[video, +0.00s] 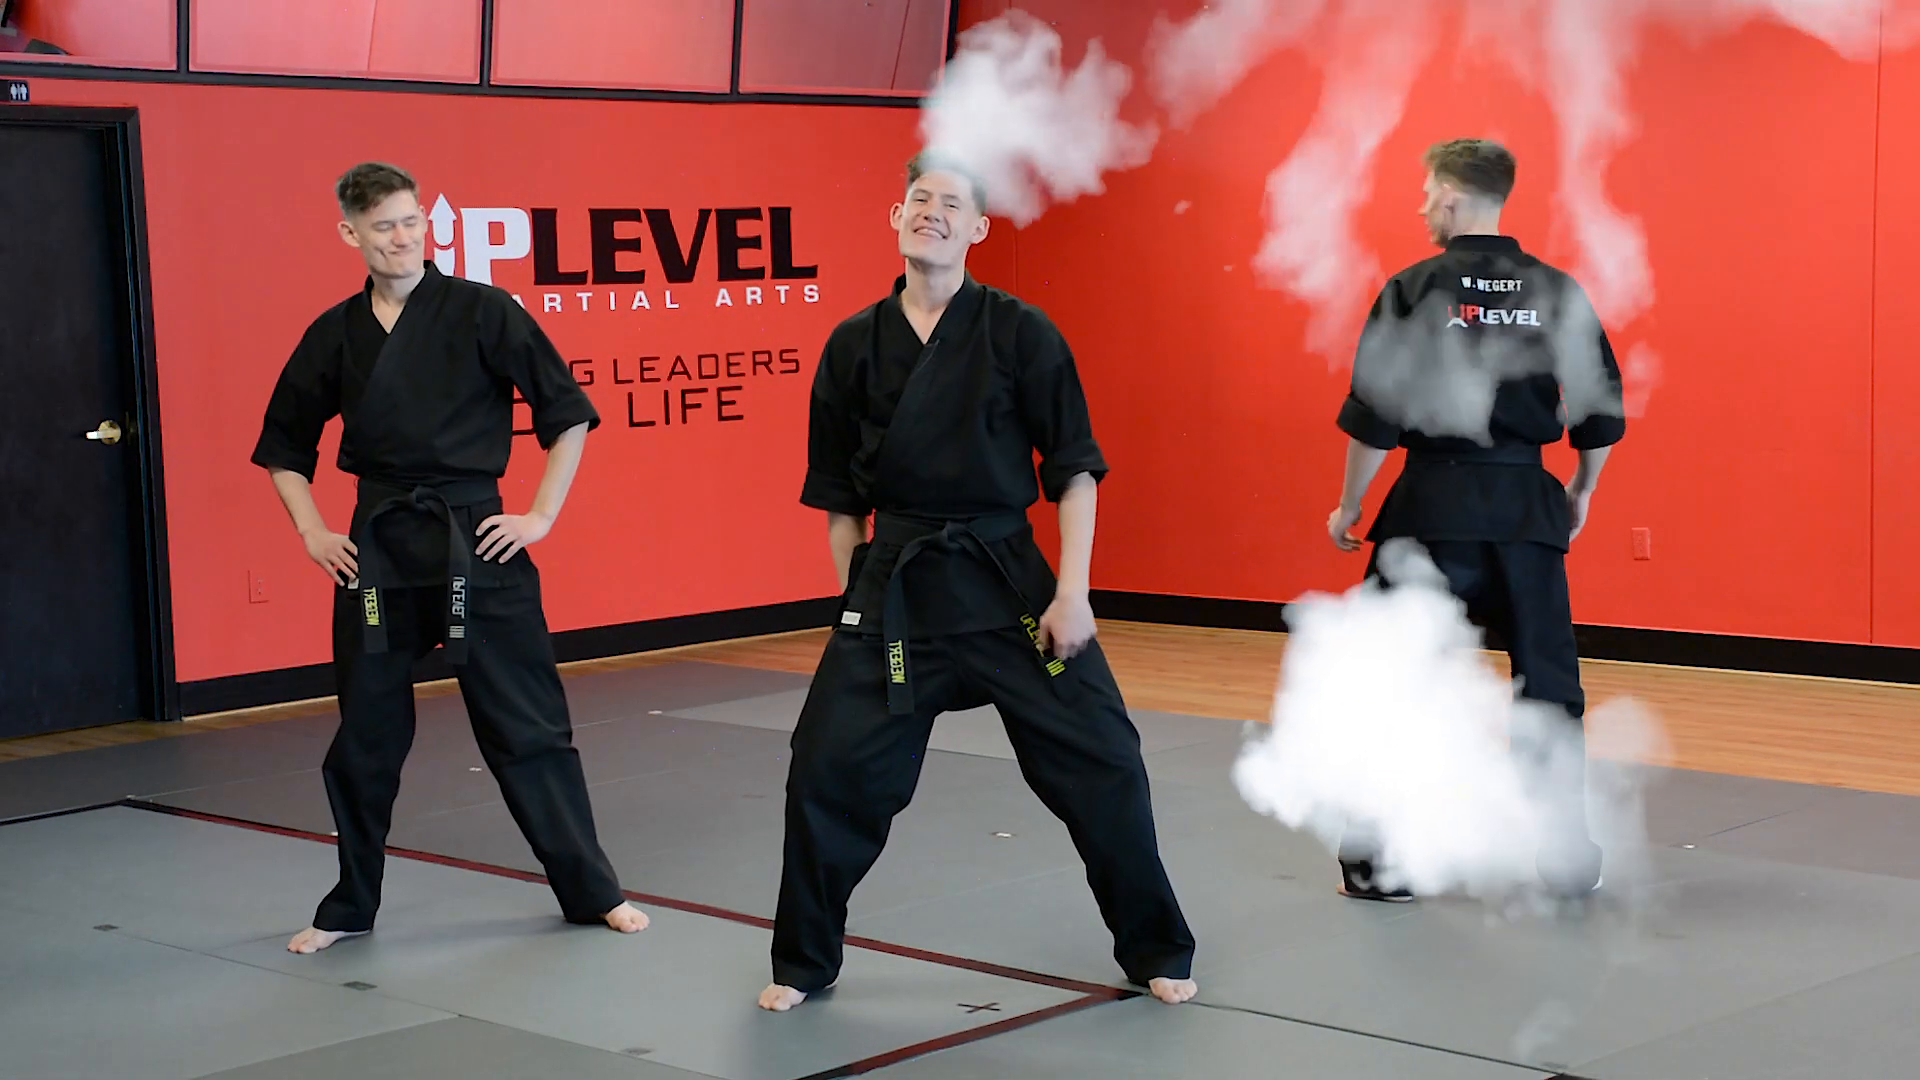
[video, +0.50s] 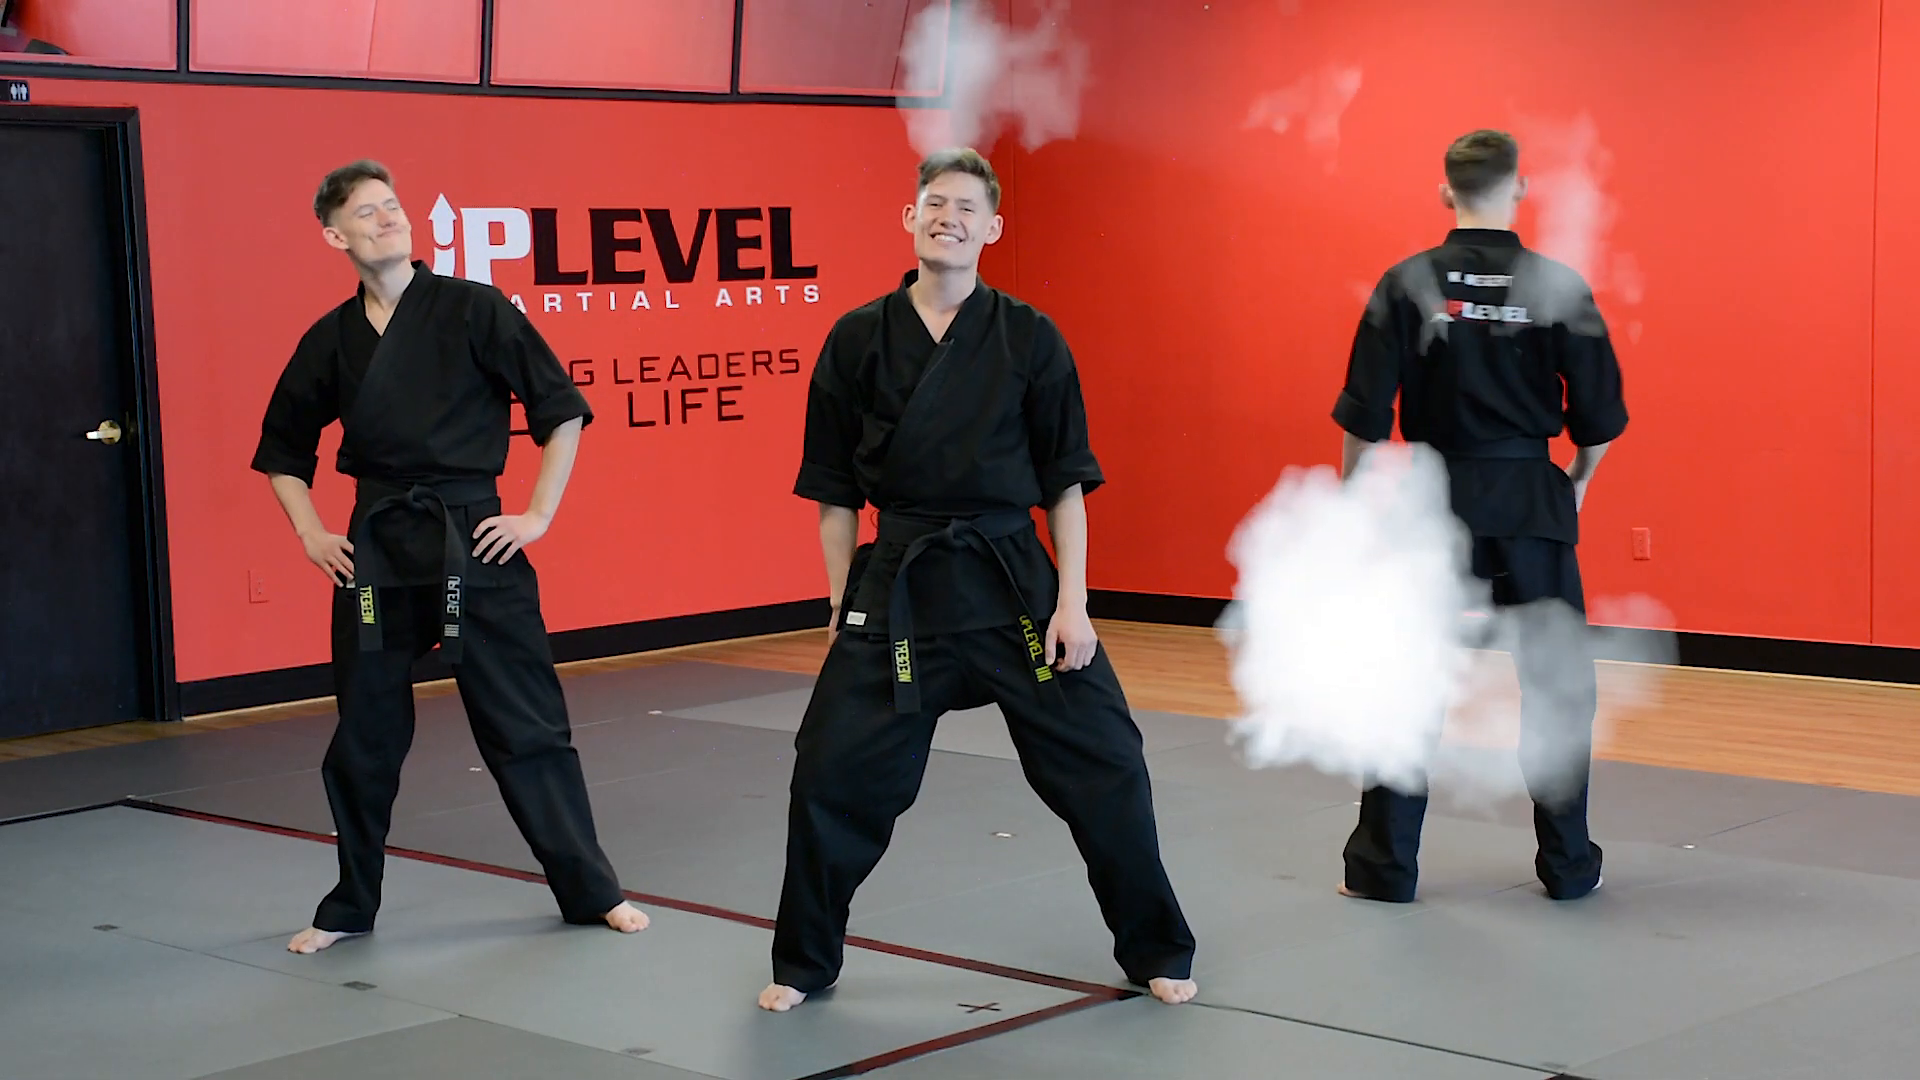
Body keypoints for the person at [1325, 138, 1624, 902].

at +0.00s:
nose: (1422, 204)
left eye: (1427, 191)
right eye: (1426, 189)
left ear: (1444, 195)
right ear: (1502, 198)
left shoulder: (1412, 290)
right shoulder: (1558, 291)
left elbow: (1376, 410)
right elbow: (1600, 408)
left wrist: (1350, 501)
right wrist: (1581, 494)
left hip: (1429, 512)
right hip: (1529, 518)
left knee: (1390, 680)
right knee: (1549, 683)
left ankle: (1379, 853)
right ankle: (1564, 856)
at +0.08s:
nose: (1455, 202)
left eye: (1447, 190)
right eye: (1503, 192)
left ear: (1444, 193)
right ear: (1516, 195)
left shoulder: (1408, 289)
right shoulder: (1556, 287)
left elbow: (1375, 412)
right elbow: (1600, 405)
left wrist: (1354, 507)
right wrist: (1580, 487)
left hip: (1431, 509)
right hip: (1529, 512)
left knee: (1389, 675)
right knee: (1549, 680)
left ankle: (1374, 854)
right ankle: (1568, 858)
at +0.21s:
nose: (1541, 202)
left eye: (1540, 189)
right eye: (1534, 189)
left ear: (1463, 196)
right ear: (1502, 193)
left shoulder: (1403, 281)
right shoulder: (1549, 285)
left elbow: (1367, 402)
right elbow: (1591, 405)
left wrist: (1359, 503)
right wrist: (1581, 475)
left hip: (1432, 502)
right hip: (1527, 505)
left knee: (1403, 671)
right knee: (1553, 675)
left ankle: (1382, 857)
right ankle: (1566, 855)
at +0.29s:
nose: (1545, 200)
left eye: (1544, 186)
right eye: (1537, 186)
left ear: (1471, 195)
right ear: (1495, 190)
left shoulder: (1402, 280)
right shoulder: (1539, 282)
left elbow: (1361, 405)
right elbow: (1578, 402)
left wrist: (1357, 513)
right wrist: (1582, 473)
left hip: (1429, 503)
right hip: (1524, 506)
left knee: (1407, 671)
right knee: (1555, 675)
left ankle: (1383, 859)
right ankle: (1567, 858)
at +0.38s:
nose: (1543, 199)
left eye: (1541, 185)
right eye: (1536, 185)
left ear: (1468, 193)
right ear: (1500, 190)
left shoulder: (1401, 281)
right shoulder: (1542, 284)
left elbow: (1359, 410)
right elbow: (1581, 411)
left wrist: (1354, 515)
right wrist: (1581, 483)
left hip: (1430, 502)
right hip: (1527, 504)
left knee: (1410, 669)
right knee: (1555, 674)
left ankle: (1385, 861)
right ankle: (1567, 859)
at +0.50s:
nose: (1488, 200)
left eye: (1456, 189)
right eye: (1511, 187)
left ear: (1446, 192)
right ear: (1518, 190)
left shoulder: (1406, 284)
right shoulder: (1559, 287)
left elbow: (1364, 415)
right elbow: (1599, 414)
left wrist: (1350, 514)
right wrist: (1573, 484)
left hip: (1433, 510)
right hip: (1534, 510)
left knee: (1409, 675)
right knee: (1556, 679)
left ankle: (1386, 865)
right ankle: (1567, 862)